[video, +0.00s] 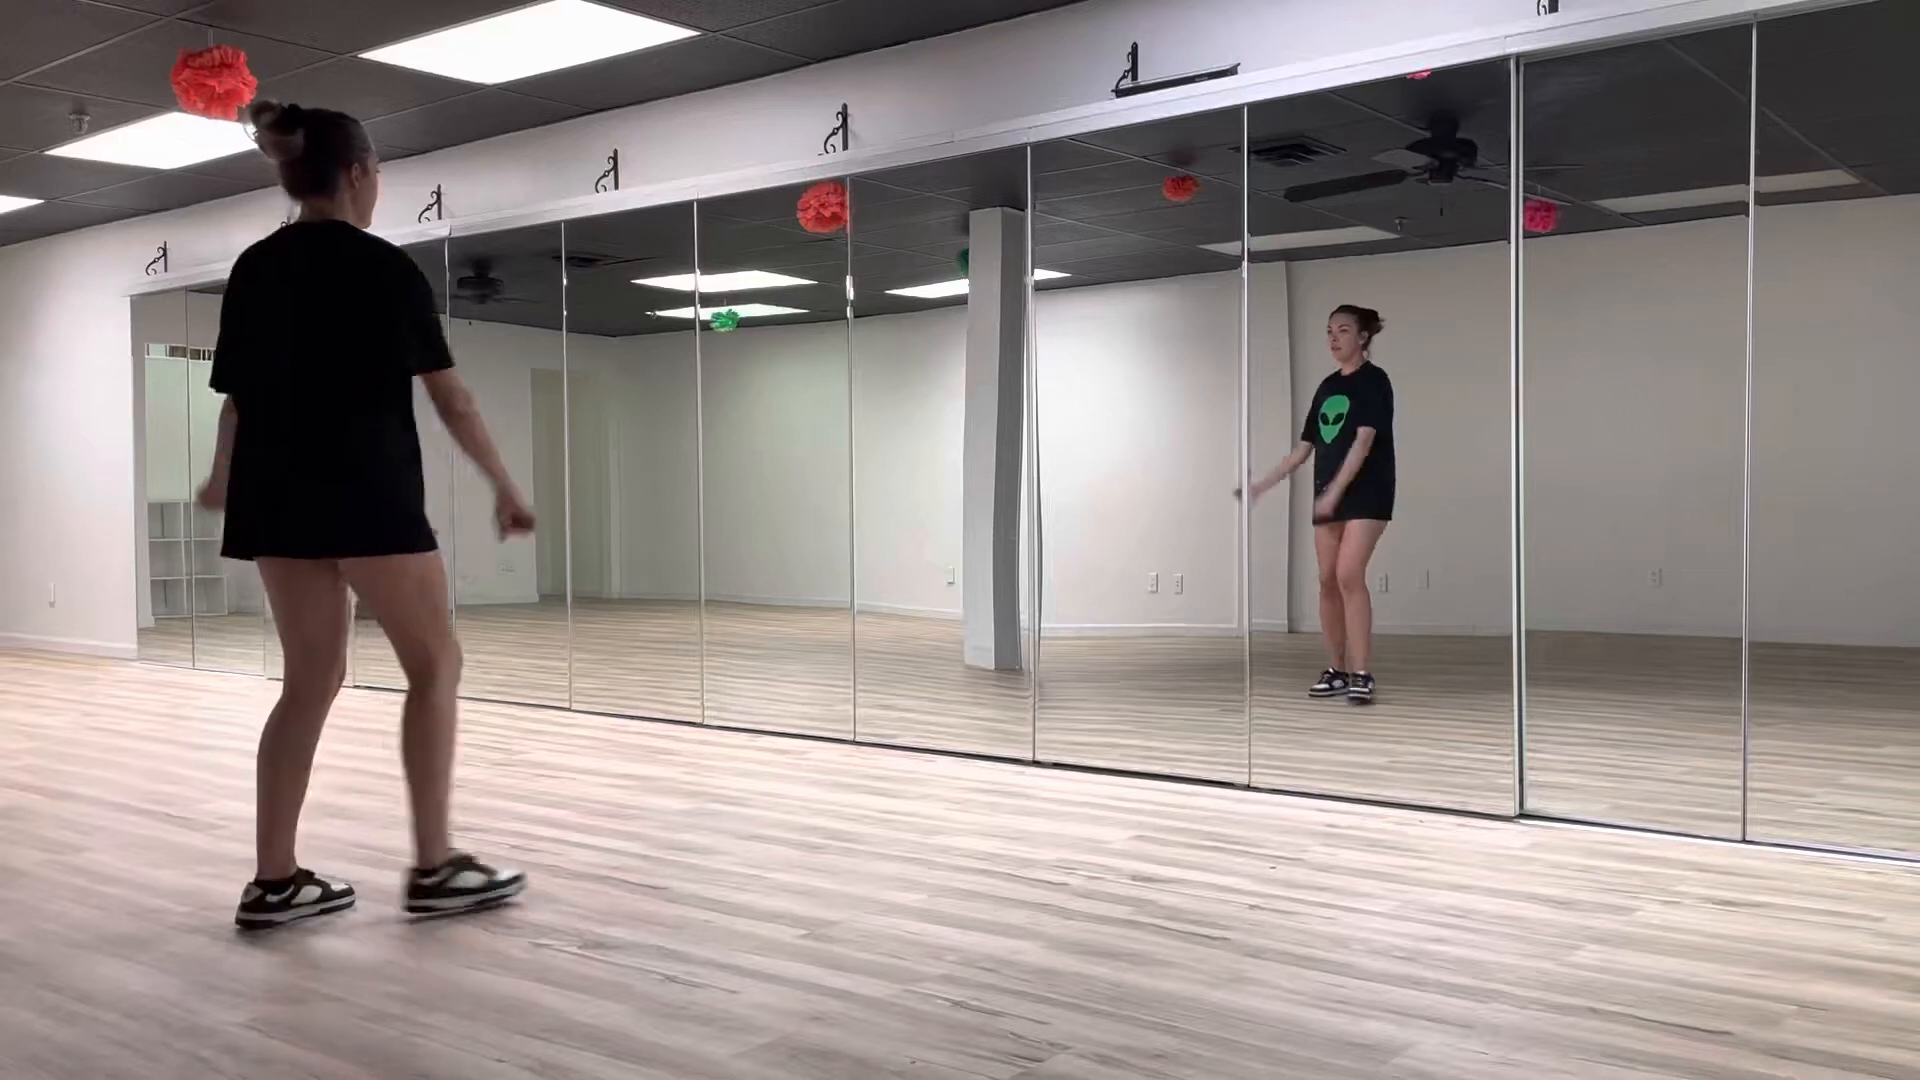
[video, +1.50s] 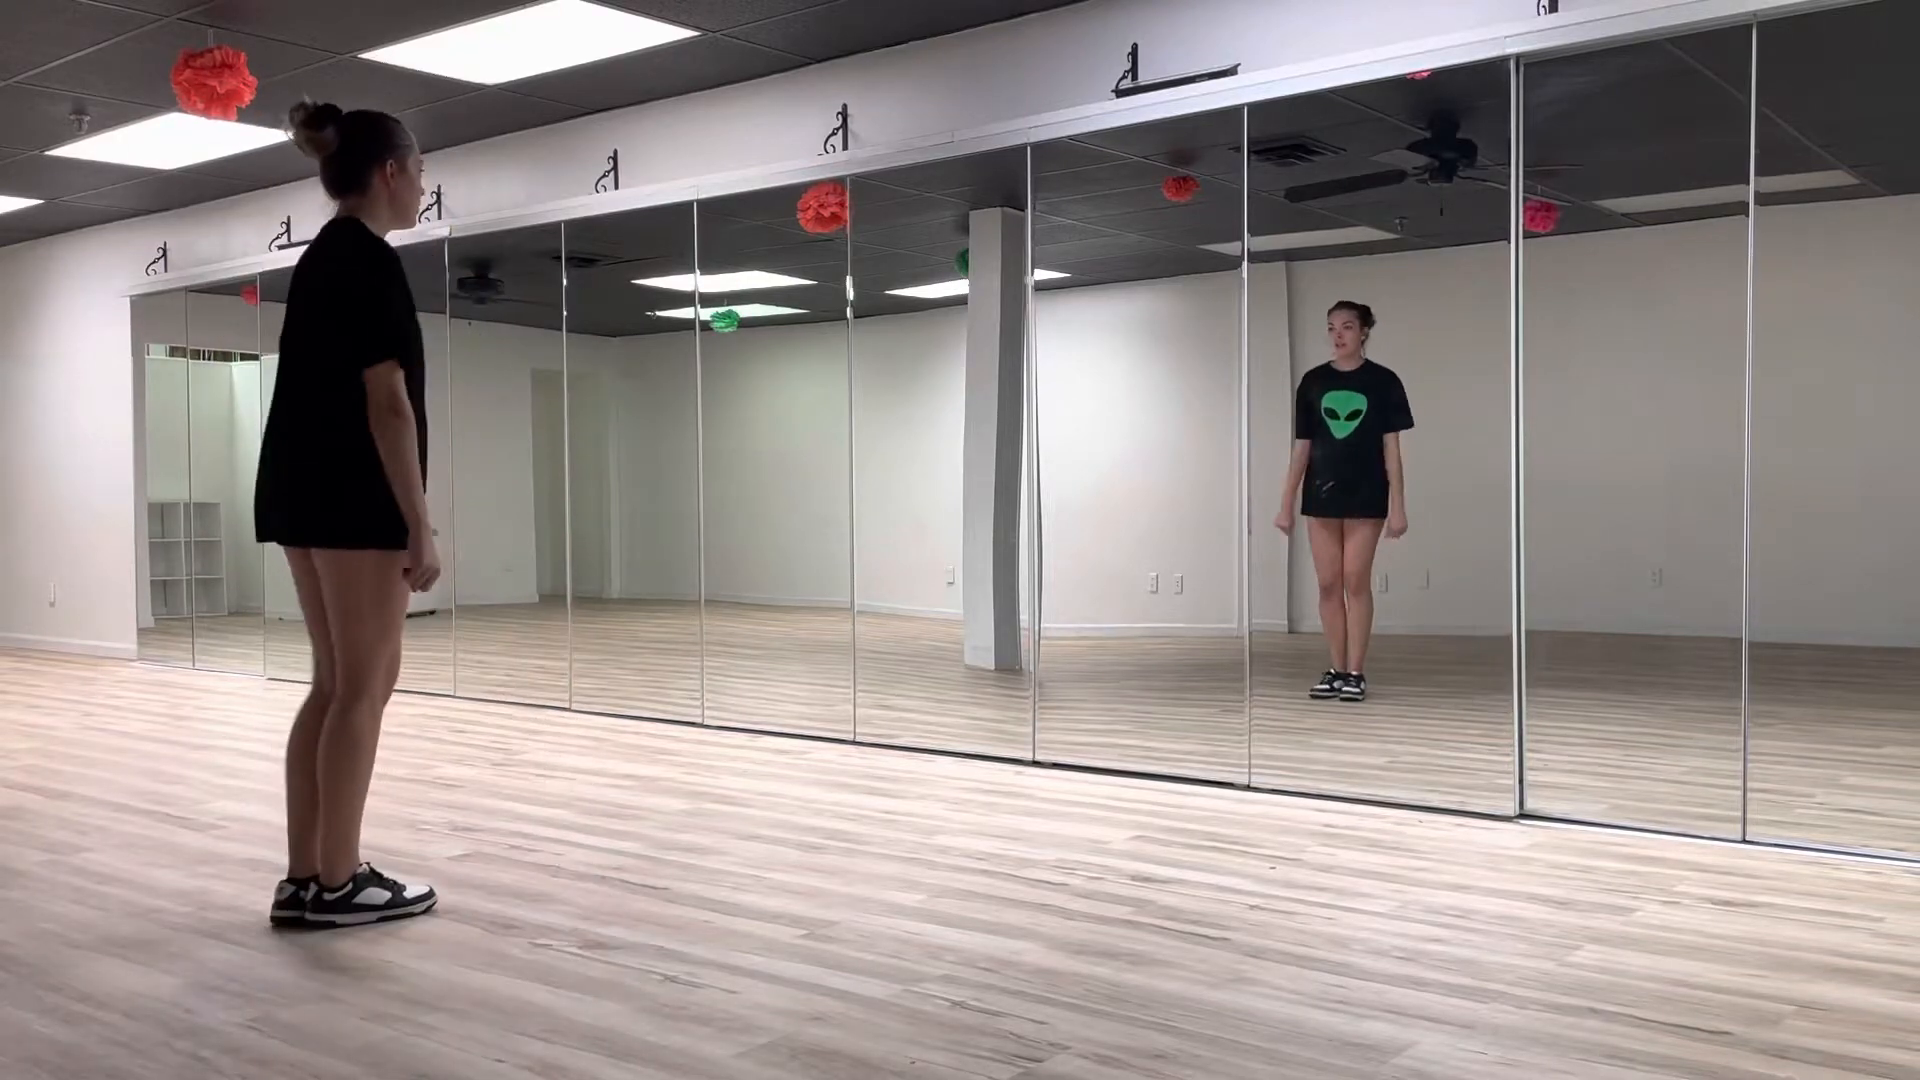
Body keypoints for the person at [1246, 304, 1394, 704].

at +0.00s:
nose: (1335, 338)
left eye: (1343, 331)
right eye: (1331, 332)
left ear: (1363, 336)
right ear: (1328, 339)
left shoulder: (1375, 381)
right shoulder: (1327, 387)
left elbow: (1363, 443)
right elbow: (1302, 449)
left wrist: (1333, 491)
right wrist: (1264, 482)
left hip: (1368, 491)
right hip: (1329, 491)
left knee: (1350, 576)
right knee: (1328, 579)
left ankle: (1361, 674)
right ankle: (1337, 671)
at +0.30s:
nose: (1364, 341)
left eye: (1372, 333)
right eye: (1360, 335)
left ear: (1393, 338)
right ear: (1359, 340)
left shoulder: (1399, 375)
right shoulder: (1371, 384)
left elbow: (1422, 399)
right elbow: (1358, 418)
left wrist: (1367, 383)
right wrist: (1326, 394)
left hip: (1397, 490)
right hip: (1366, 493)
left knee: (1412, 580)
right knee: (1333, 580)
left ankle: (1482, 663)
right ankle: (1341, 673)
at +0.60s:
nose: (1389, 372)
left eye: (1398, 364)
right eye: (1386, 365)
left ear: (1419, 369)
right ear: (1385, 370)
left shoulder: (1433, 404)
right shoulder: (1402, 412)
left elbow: (1483, 408)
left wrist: (1432, 429)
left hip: (1440, 524)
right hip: (1410, 527)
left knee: (1453, 607)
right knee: (1349, 585)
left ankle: (1520, 681)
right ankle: (1346, 676)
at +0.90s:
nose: (1367, 352)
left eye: (1376, 346)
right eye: (1364, 345)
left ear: (1396, 352)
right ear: (1360, 350)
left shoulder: (1405, 396)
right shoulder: (1358, 399)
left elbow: (1426, 455)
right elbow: (1353, 462)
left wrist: (1413, 511)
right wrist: (1350, 513)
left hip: (1408, 508)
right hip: (1369, 510)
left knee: (1427, 589)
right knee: (1329, 587)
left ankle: (1496, 670)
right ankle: (1346, 676)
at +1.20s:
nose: (1341, 327)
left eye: (1350, 320)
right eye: (1337, 321)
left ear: (1369, 324)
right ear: (1333, 326)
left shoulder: (1387, 370)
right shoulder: (1325, 374)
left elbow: (1396, 436)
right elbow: (1316, 438)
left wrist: (1396, 497)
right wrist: (1307, 493)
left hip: (1373, 485)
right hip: (1331, 485)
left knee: (1359, 573)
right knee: (1333, 574)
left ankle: (1364, 670)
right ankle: (1336, 669)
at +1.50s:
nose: (1338, 334)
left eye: (1347, 327)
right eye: (1333, 328)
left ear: (1364, 333)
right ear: (1327, 333)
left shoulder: (1383, 381)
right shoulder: (1312, 381)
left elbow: (1391, 447)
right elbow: (1302, 448)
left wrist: (1397, 505)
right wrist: (1287, 502)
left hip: (1367, 496)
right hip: (1320, 497)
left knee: (1356, 582)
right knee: (1328, 584)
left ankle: (1355, 674)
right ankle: (1337, 670)